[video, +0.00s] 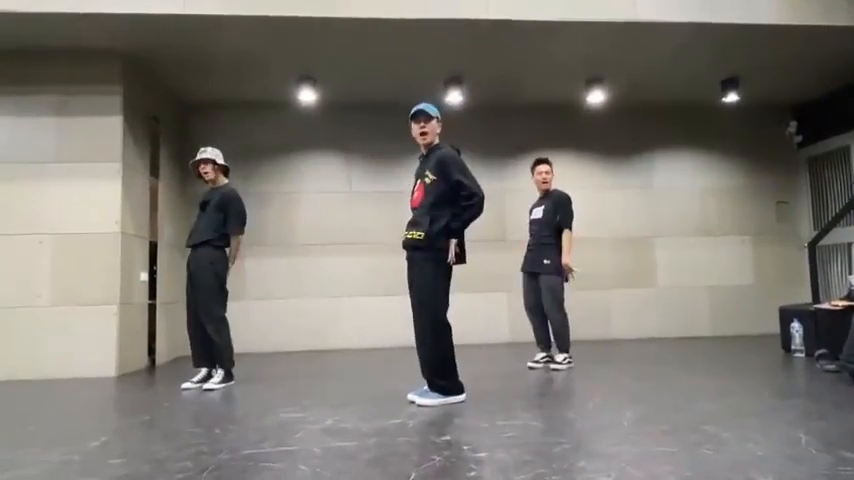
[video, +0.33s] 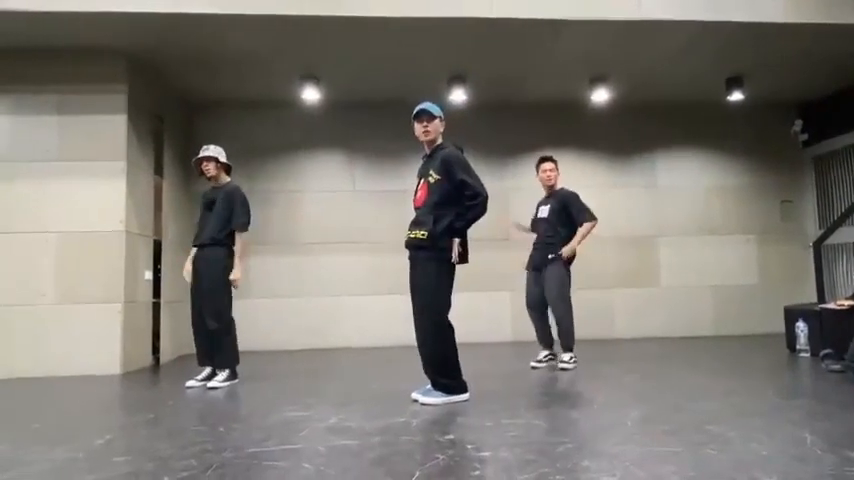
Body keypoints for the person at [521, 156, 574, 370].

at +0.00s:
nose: (544, 176)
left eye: (547, 172)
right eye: (540, 173)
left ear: (553, 175)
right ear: (533, 178)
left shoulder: (561, 198)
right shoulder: (536, 204)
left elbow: (566, 229)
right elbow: (535, 236)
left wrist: (566, 258)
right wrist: (530, 258)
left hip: (551, 263)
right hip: (531, 263)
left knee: (553, 308)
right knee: (533, 308)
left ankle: (564, 353)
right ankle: (544, 351)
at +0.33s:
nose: (549, 174)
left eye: (552, 170)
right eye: (544, 171)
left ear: (558, 173)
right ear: (538, 176)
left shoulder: (567, 196)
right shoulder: (542, 203)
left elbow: (589, 220)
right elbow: (539, 230)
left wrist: (573, 244)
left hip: (556, 259)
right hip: (536, 261)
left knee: (559, 304)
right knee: (534, 304)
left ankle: (568, 353)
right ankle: (547, 350)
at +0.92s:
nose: (543, 170)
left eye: (547, 166)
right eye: (539, 167)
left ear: (553, 170)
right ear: (534, 172)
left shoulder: (566, 195)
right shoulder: (532, 200)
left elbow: (591, 219)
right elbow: (526, 226)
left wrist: (578, 246)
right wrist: (544, 211)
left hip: (561, 254)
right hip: (537, 256)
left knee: (566, 302)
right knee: (531, 303)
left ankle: (575, 349)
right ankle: (518, 347)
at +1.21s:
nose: (536, 168)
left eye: (540, 165)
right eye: (532, 165)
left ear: (547, 169)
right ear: (527, 169)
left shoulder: (559, 194)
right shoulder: (522, 194)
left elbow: (580, 221)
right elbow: (516, 220)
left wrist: (568, 246)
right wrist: (537, 204)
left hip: (554, 255)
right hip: (529, 257)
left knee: (565, 302)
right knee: (519, 301)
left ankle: (577, 347)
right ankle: (516, 346)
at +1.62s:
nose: (509, 170)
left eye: (513, 166)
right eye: (506, 167)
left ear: (522, 169)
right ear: (502, 172)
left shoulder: (533, 186)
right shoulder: (505, 199)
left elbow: (550, 212)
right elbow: (505, 229)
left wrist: (543, 241)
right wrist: (509, 211)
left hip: (533, 248)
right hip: (513, 249)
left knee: (527, 297)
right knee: (508, 297)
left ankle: (565, 330)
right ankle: (514, 344)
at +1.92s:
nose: (511, 176)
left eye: (515, 171)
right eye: (507, 173)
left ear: (523, 173)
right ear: (503, 178)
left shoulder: (538, 191)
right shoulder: (509, 202)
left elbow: (557, 219)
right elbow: (512, 230)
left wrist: (549, 246)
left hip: (538, 252)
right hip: (517, 254)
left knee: (541, 300)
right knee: (507, 299)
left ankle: (574, 336)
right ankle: (516, 343)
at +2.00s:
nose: (516, 173)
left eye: (519, 168)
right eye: (512, 170)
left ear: (527, 171)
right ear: (508, 174)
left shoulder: (542, 190)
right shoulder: (512, 200)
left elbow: (563, 217)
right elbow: (514, 230)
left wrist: (555, 245)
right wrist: (518, 219)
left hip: (542, 253)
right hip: (520, 256)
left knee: (548, 297)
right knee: (510, 298)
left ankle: (574, 339)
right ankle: (516, 342)